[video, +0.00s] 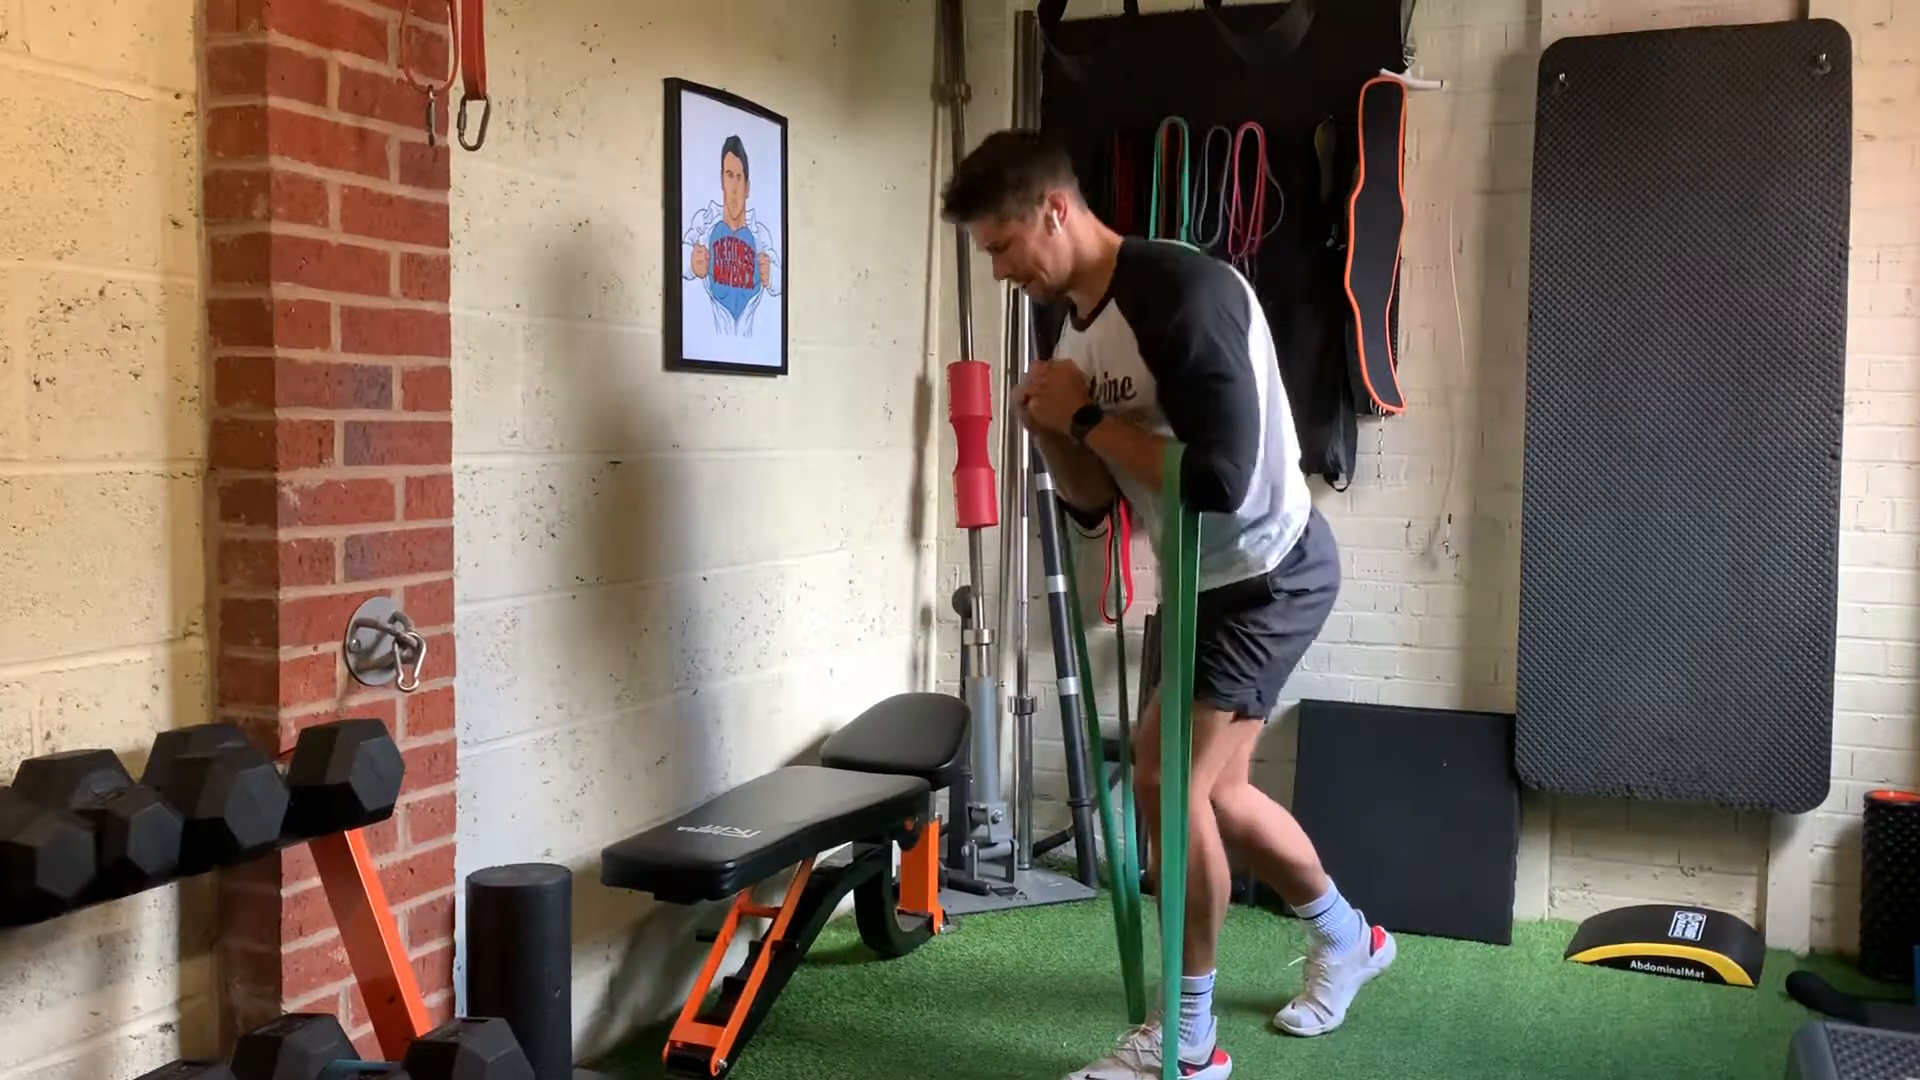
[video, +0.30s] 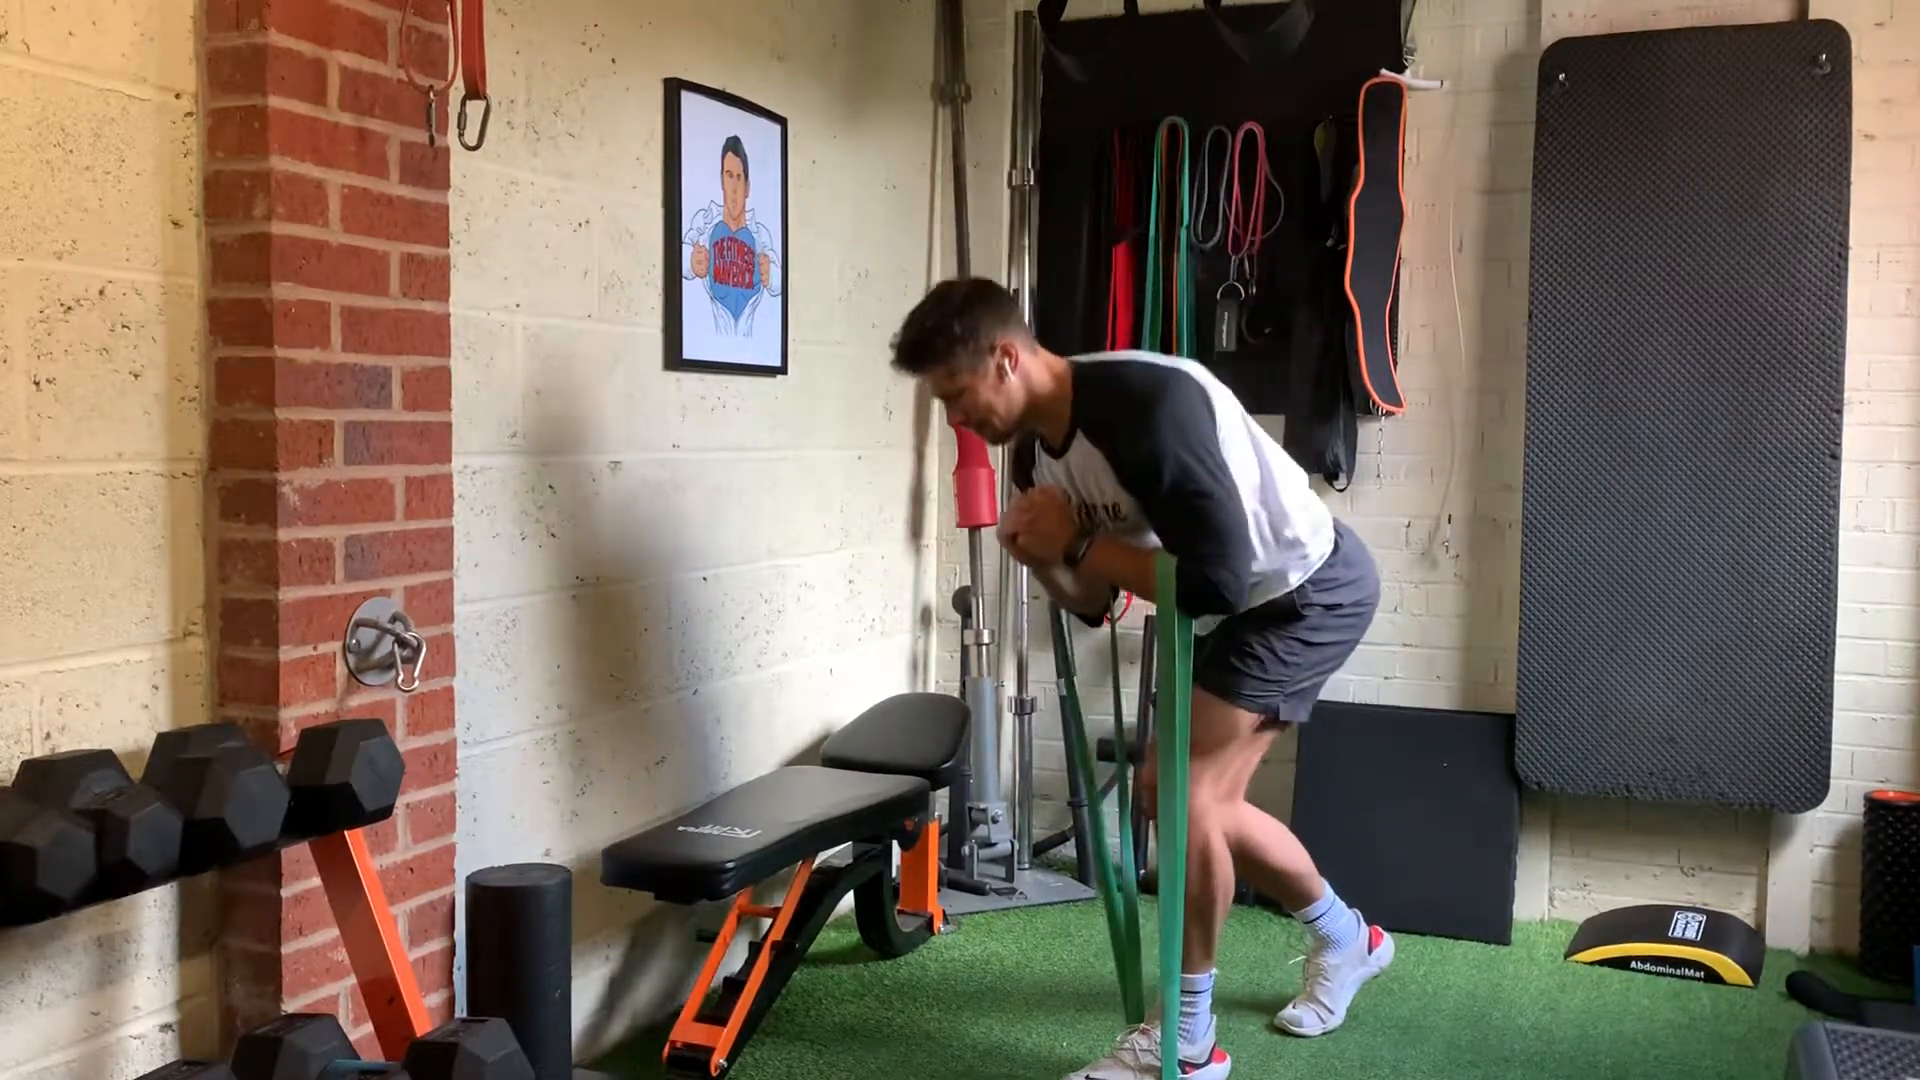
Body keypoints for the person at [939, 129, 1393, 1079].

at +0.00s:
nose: (1000, 271)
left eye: (1004, 247)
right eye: (988, 254)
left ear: (1059, 212)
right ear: (1052, 222)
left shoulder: (1189, 295)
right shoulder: (1070, 320)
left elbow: (1222, 485)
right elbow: (1095, 501)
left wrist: (1090, 423)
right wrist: (1052, 428)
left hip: (1271, 569)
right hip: (1201, 571)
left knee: (1164, 776)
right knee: (1216, 786)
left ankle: (1189, 1035)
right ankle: (1349, 935)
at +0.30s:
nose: (953, 420)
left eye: (955, 397)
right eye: (942, 403)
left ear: (1009, 359)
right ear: (1007, 362)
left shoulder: (1155, 408)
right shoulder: (1033, 452)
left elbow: (1222, 582)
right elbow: (1101, 605)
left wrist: (1082, 544)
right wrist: (1046, 560)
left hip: (1309, 587)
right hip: (1228, 598)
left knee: (1173, 787)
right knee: (1205, 807)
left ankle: (1187, 1035)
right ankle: (1348, 937)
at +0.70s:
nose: (935, 569)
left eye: (937, 548)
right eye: (924, 553)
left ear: (988, 514)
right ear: (989, 516)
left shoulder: (1139, 534)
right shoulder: (1026, 563)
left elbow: (1227, 699)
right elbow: (1107, 698)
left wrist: (1081, 672)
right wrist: (1046, 681)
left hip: (1335, 593)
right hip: (1255, 608)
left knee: (1203, 795)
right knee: (1216, 815)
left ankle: (1187, 1038)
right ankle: (1350, 939)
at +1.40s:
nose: (961, 411)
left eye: (965, 388)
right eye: (950, 394)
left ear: (1018, 355)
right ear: (1015, 360)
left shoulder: (1154, 414)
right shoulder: (1039, 448)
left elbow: (1224, 580)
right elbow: (1101, 604)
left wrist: (1084, 544)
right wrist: (1055, 560)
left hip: (1311, 587)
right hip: (1228, 601)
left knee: (1176, 783)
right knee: (1206, 817)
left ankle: (1186, 1035)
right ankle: (1348, 936)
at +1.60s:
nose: (996, 295)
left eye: (1003, 271)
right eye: (986, 278)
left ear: (1058, 241)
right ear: (1040, 252)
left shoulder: (1182, 323)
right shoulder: (1066, 354)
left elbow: (1225, 509)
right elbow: (1091, 530)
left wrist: (1089, 452)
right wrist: (1056, 459)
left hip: (1286, 572)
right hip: (1207, 581)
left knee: (1165, 778)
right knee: (1213, 807)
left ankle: (1186, 1032)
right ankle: (1351, 937)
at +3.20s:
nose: (944, 412)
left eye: (950, 387)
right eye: (937, 394)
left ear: (1008, 356)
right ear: (1005, 362)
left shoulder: (1149, 410)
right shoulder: (1032, 451)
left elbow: (1221, 584)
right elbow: (1093, 605)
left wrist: (1079, 548)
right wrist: (1042, 565)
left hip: (1309, 589)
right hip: (1233, 599)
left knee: (1173, 788)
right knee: (1201, 809)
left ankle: (1187, 1034)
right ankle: (1342, 934)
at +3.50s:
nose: (922, 539)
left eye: (926, 518)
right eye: (913, 522)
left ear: (981, 488)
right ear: (981, 490)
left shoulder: (1128, 513)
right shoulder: (1020, 552)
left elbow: (1222, 680)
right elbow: (1099, 685)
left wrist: (1076, 657)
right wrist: (1043, 670)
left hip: (1327, 597)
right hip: (1243, 610)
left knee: (1196, 797)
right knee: (1199, 810)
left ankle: (1187, 1041)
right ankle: (1348, 938)